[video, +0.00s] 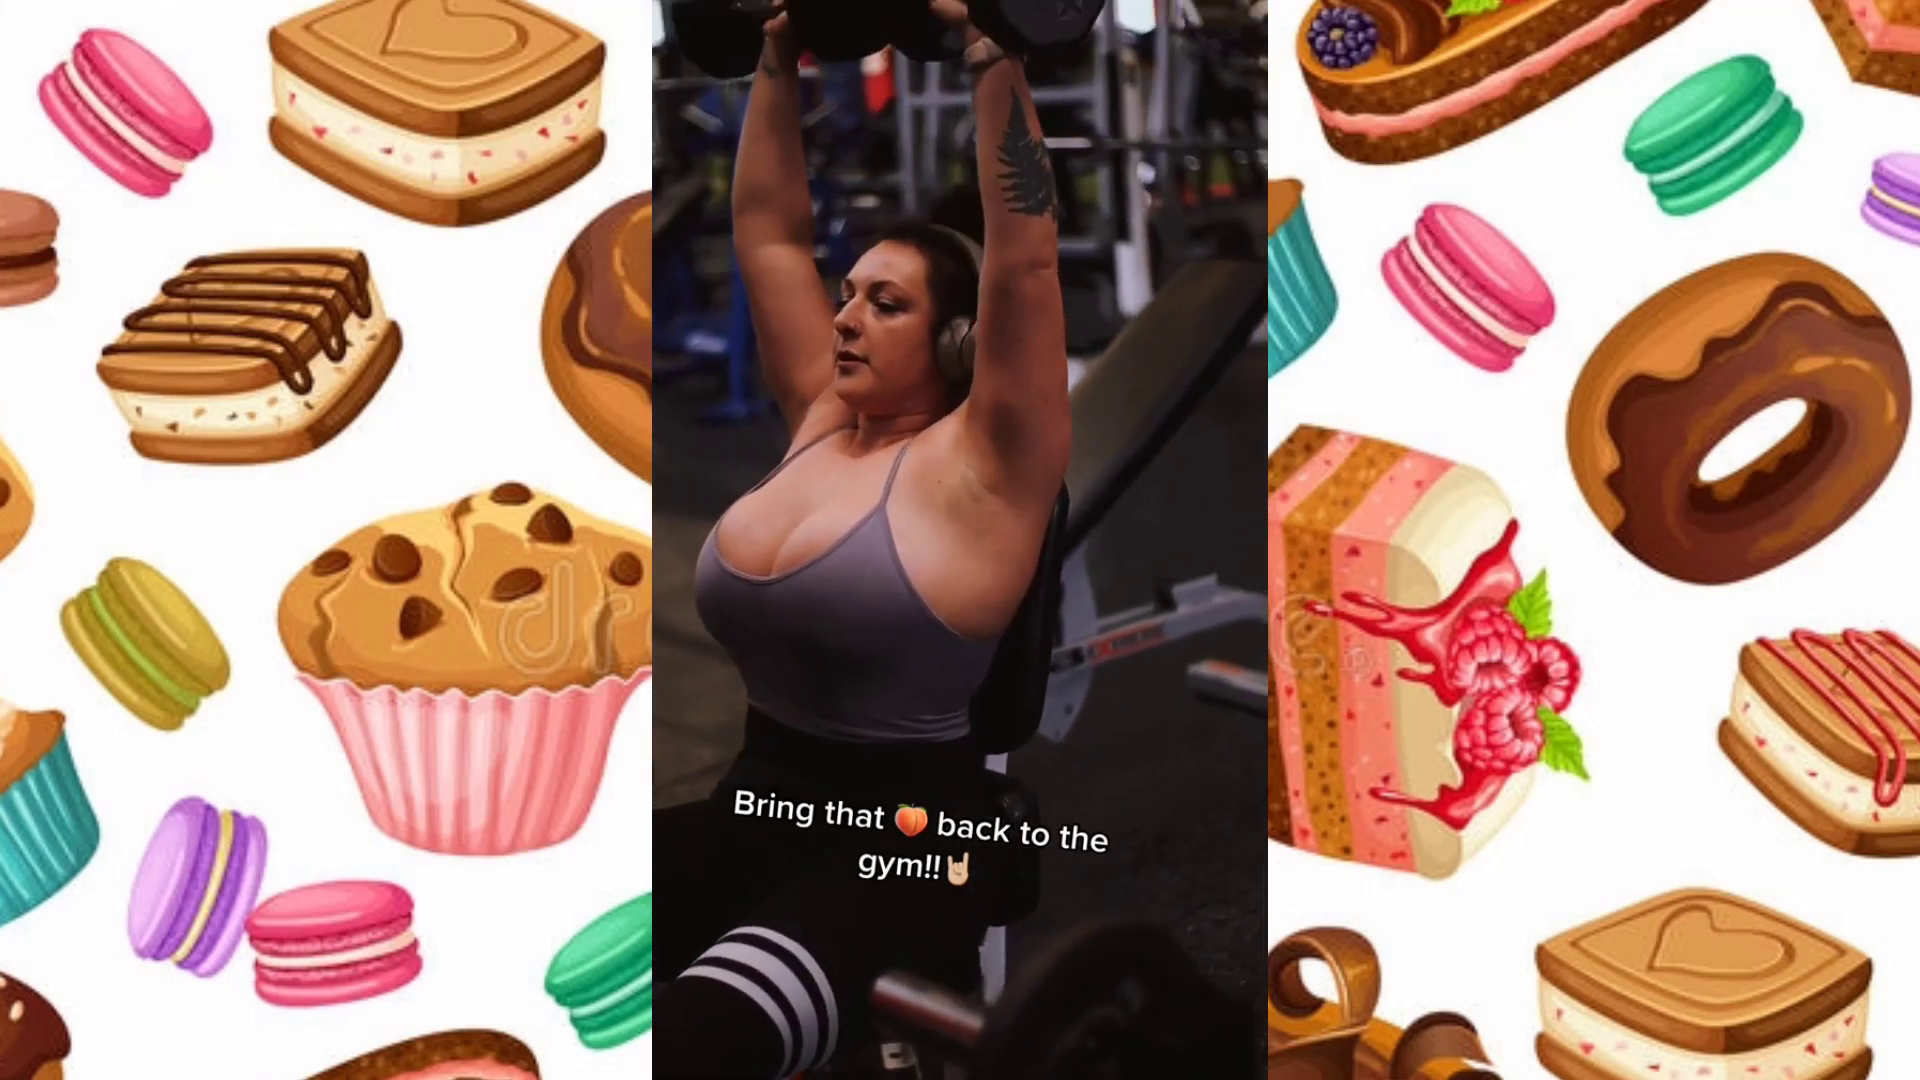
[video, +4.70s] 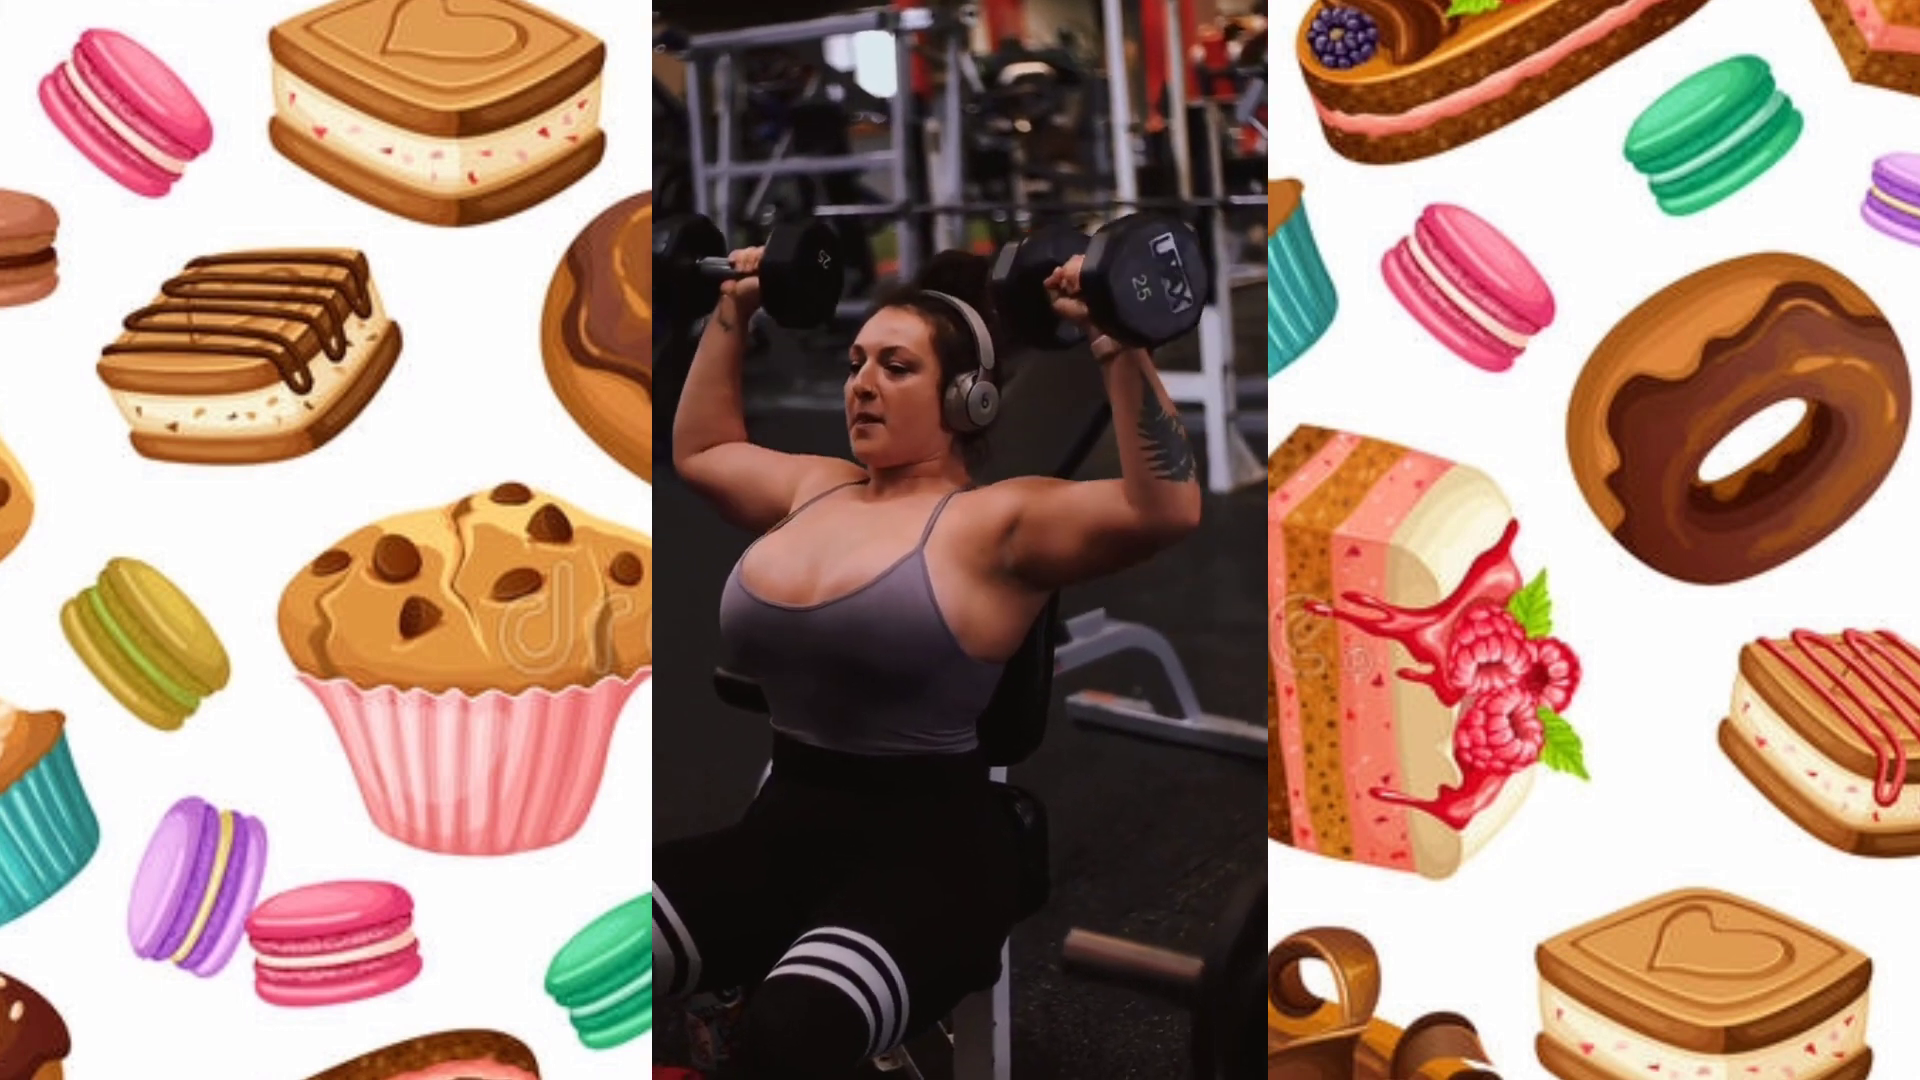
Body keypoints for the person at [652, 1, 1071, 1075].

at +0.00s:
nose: (848, 318)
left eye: (887, 303)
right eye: (851, 295)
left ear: (958, 340)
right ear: (838, 314)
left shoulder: (992, 460)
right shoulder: (826, 418)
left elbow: (1026, 260)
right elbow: (769, 231)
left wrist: (993, 54)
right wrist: (777, 48)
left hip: (897, 849)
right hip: (755, 820)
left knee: (696, 1035)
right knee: (552, 913)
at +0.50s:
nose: (839, 332)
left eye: (874, 316)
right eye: (836, 312)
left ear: (951, 351)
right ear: (826, 332)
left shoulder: (984, 485)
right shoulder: (801, 436)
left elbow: (1125, 381)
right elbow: (697, 333)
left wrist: (1082, 182)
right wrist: (720, 191)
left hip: (904, 851)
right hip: (756, 826)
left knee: (720, 1046)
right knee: (551, 944)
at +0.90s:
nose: (843, 340)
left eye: (880, 323)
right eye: (840, 320)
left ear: (950, 359)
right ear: (825, 337)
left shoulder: (987, 493)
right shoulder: (802, 457)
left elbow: (1176, 533)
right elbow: (694, 449)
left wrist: (1148, 346)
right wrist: (707, 316)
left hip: (909, 840)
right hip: (762, 817)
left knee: (742, 1031)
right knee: (562, 919)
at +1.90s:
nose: (900, 386)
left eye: (932, 373)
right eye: (896, 369)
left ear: (992, 410)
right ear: (884, 390)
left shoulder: (1021, 515)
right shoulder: (852, 481)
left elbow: (1118, 379)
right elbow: (766, 351)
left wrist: (1072, 218)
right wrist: (775, 208)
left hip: (958, 841)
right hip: (822, 823)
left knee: (827, 1013)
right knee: (612, 935)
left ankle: (927, 1055)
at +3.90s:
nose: (857, 429)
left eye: (889, 414)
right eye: (852, 412)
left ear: (954, 445)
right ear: (838, 429)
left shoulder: (985, 566)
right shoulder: (812, 531)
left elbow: (1150, 528)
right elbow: (710, 485)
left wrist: (1096, 369)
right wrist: (736, 358)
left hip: (921, 879)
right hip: (783, 860)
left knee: (790, 1045)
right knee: (596, 972)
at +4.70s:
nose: (862, 383)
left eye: (895, 366)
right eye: (857, 362)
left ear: (964, 396)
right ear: (845, 379)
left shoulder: (998, 522)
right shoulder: (814, 486)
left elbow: (1167, 507)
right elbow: (701, 449)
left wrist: (1117, 341)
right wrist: (731, 311)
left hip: (933, 854)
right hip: (786, 834)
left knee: (787, 1031)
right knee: (587, 947)